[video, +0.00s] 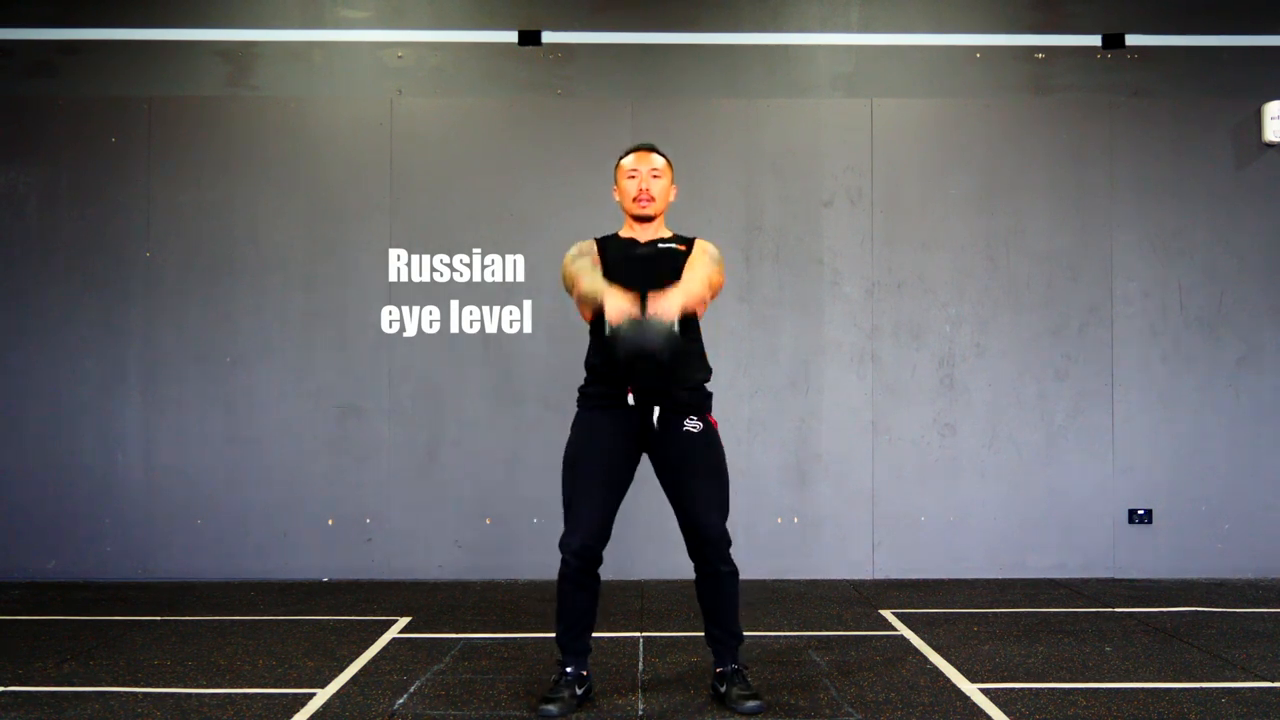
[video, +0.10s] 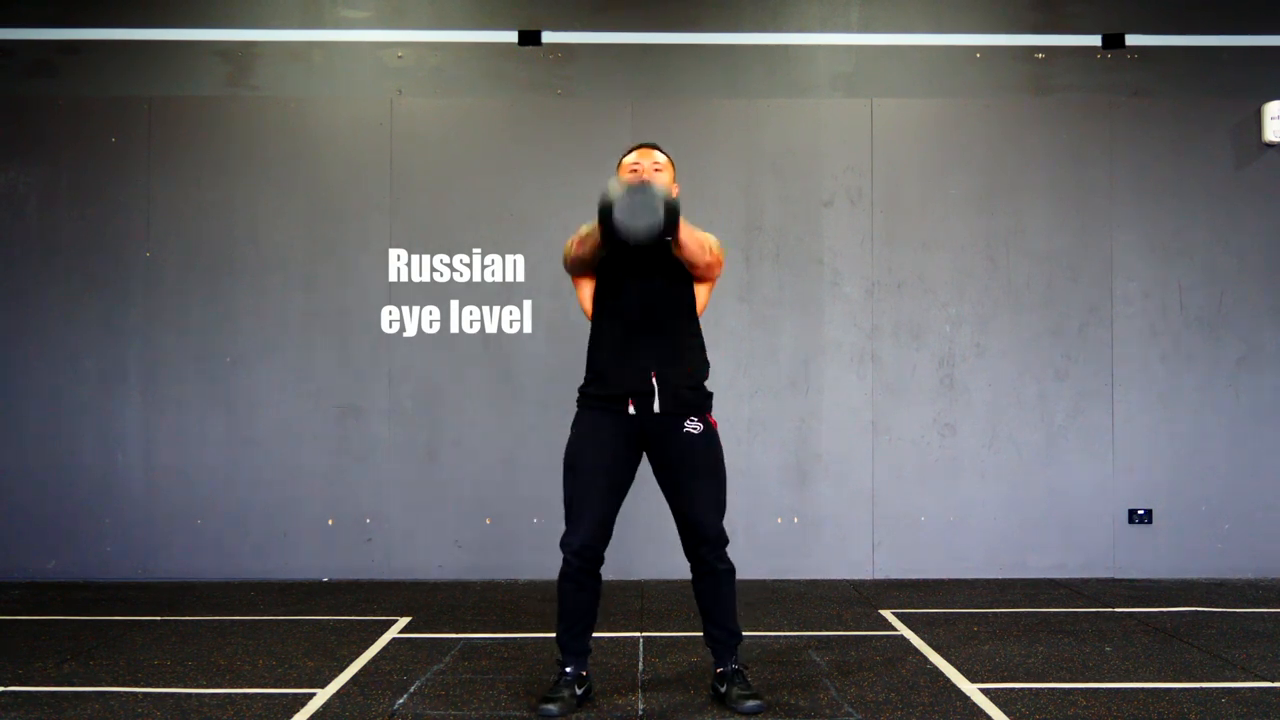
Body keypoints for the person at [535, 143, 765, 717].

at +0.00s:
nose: (644, 182)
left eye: (655, 174)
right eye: (632, 174)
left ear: (672, 190)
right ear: (616, 191)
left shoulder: (699, 251)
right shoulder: (588, 253)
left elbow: (699, 285)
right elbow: (589, 286)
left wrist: (668, 304)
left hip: (683, 415)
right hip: (606, 414)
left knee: (711, 542)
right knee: (580, 544)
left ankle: (728, 670)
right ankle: (572, 672)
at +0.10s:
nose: (643, 169)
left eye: (657, 165)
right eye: (631, 165)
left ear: (676, 188)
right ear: (615, 187)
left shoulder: (700, 251)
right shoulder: (591, 249)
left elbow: (707, 261)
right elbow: (576, 253)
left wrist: (664, 219)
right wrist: (613, 222)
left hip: (683, 415)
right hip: (606, 413)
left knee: (708, 544)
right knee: (581, 545)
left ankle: (729, 670)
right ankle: (572, 672)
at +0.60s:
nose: (648, 169)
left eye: (659, 160)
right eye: (636, 160)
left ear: (676, 177)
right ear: (619, 177)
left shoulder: (702, 240)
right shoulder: (592, 240)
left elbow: (706, 270)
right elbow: (583, 262)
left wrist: (677, 275)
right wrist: (605, 269)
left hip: (684, 413)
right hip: (607, 413)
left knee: (712, 542)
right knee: (581, 543)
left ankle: (729, 670)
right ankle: (571, 672)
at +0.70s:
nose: (648, 169)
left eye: (659, 161)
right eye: (635, 161)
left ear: (676, 177)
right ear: (618, 177)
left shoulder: (705, 248)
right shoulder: (587, 248)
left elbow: (701, 311)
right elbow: (592, 306)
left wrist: (674, 354)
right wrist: (621, 348)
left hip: (685, 412)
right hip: (606, 412)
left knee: (721, 542)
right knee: (572, 544)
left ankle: (730, 669)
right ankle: (571, 672)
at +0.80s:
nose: (647, 180)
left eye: (658, 171)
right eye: (634, 172)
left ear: (676, 186)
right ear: (616, 188)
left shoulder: (707, 267)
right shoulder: (584, 267)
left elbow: (698, 359)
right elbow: (595, 358)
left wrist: (674, 431)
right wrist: (621, 430)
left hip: (686, 421)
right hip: (604, 420)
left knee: (735, 547)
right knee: (558, 545)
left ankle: (731, 671)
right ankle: (570, 673)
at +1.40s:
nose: (641, 179)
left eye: (653, 171)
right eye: (629, 171)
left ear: (672, 187)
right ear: (614, 188)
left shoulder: (705, 257)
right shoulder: (582, 262)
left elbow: (700, 333)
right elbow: (593, 336)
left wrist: (678, 393)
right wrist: (622, 391)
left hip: (689, 420)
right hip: (607, 423)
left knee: (729, 548)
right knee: (576, 548)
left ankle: (730, 672)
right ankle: (572, 674)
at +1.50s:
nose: (645, 175)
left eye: (656, 166)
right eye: (633, 167)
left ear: (674, 185)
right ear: (617, 185)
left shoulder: (702, 246)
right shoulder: (589, 246)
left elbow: (704, 280)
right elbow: (590, 278)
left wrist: (677, 302)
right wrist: (620, 297)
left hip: (686, 413)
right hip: (611, 413)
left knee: (714, 543)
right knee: (584, 543)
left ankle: (729, 670)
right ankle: (572, 672)